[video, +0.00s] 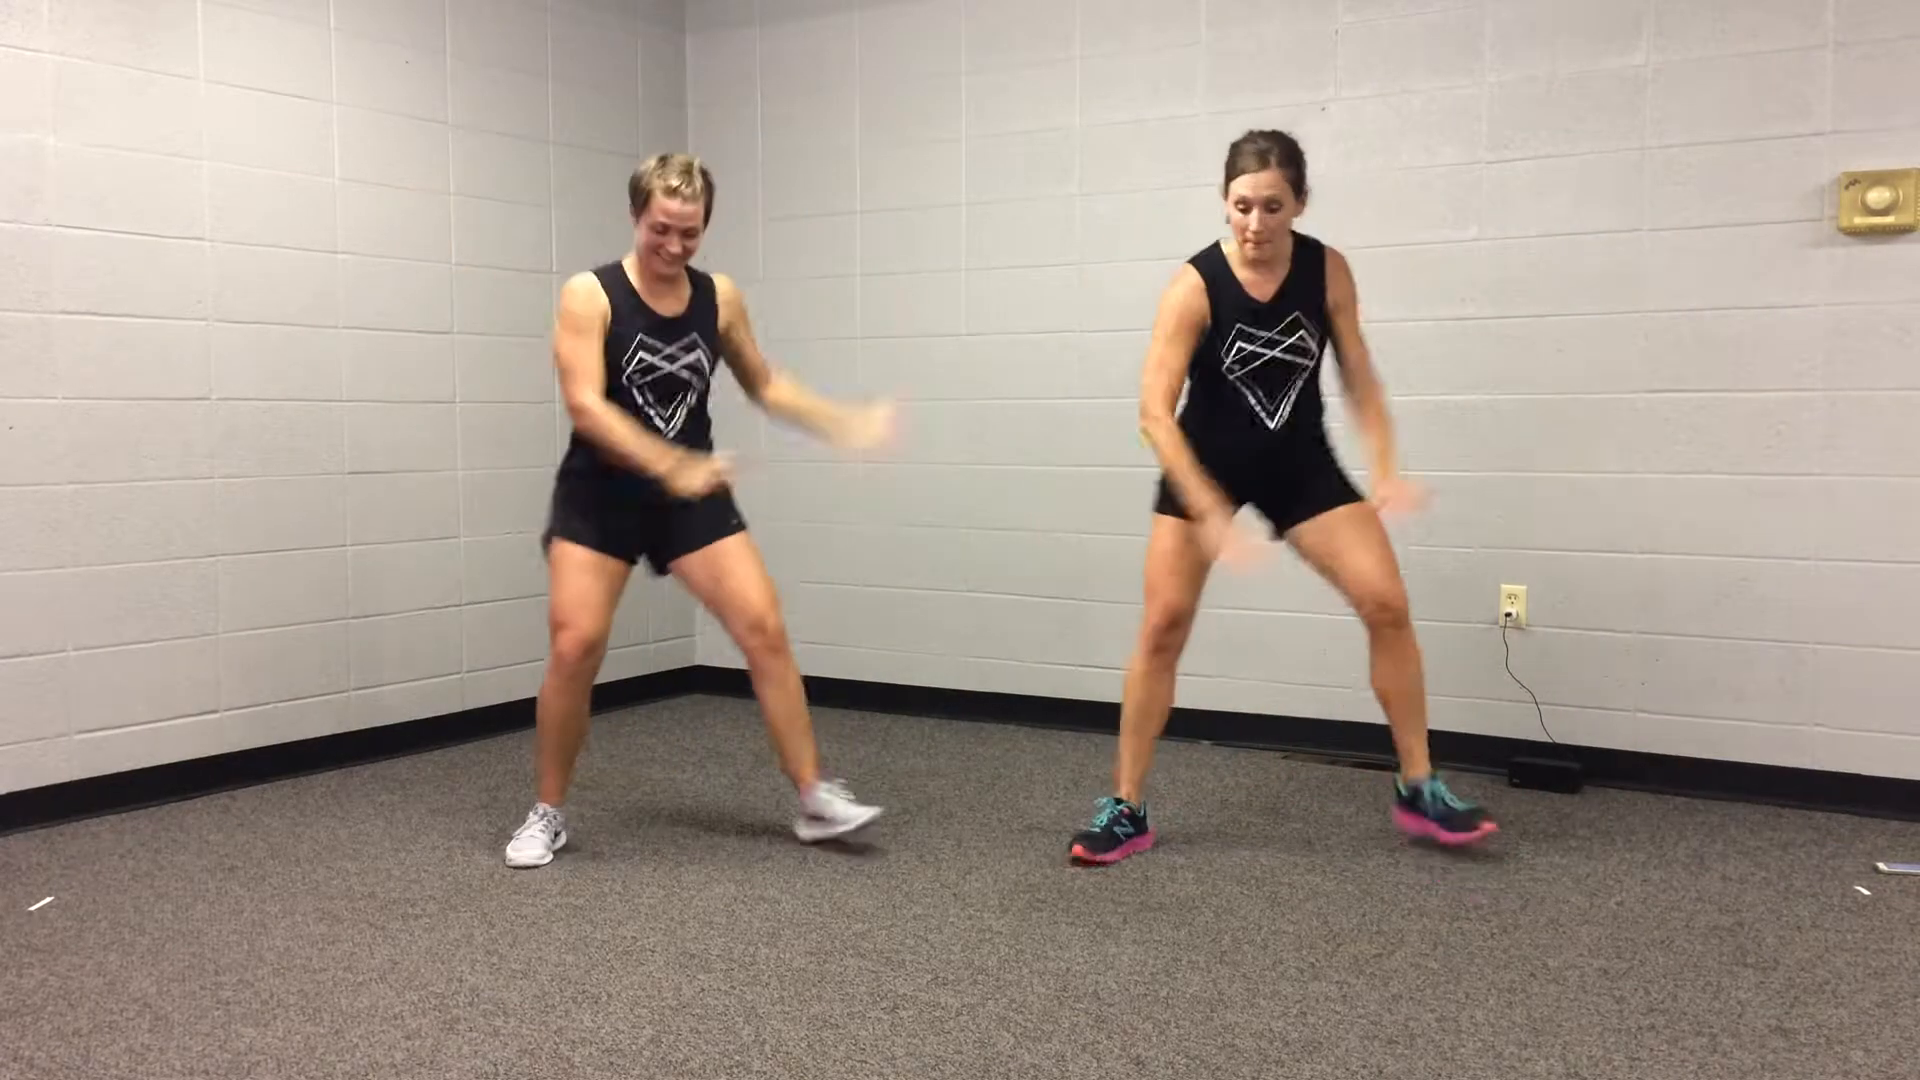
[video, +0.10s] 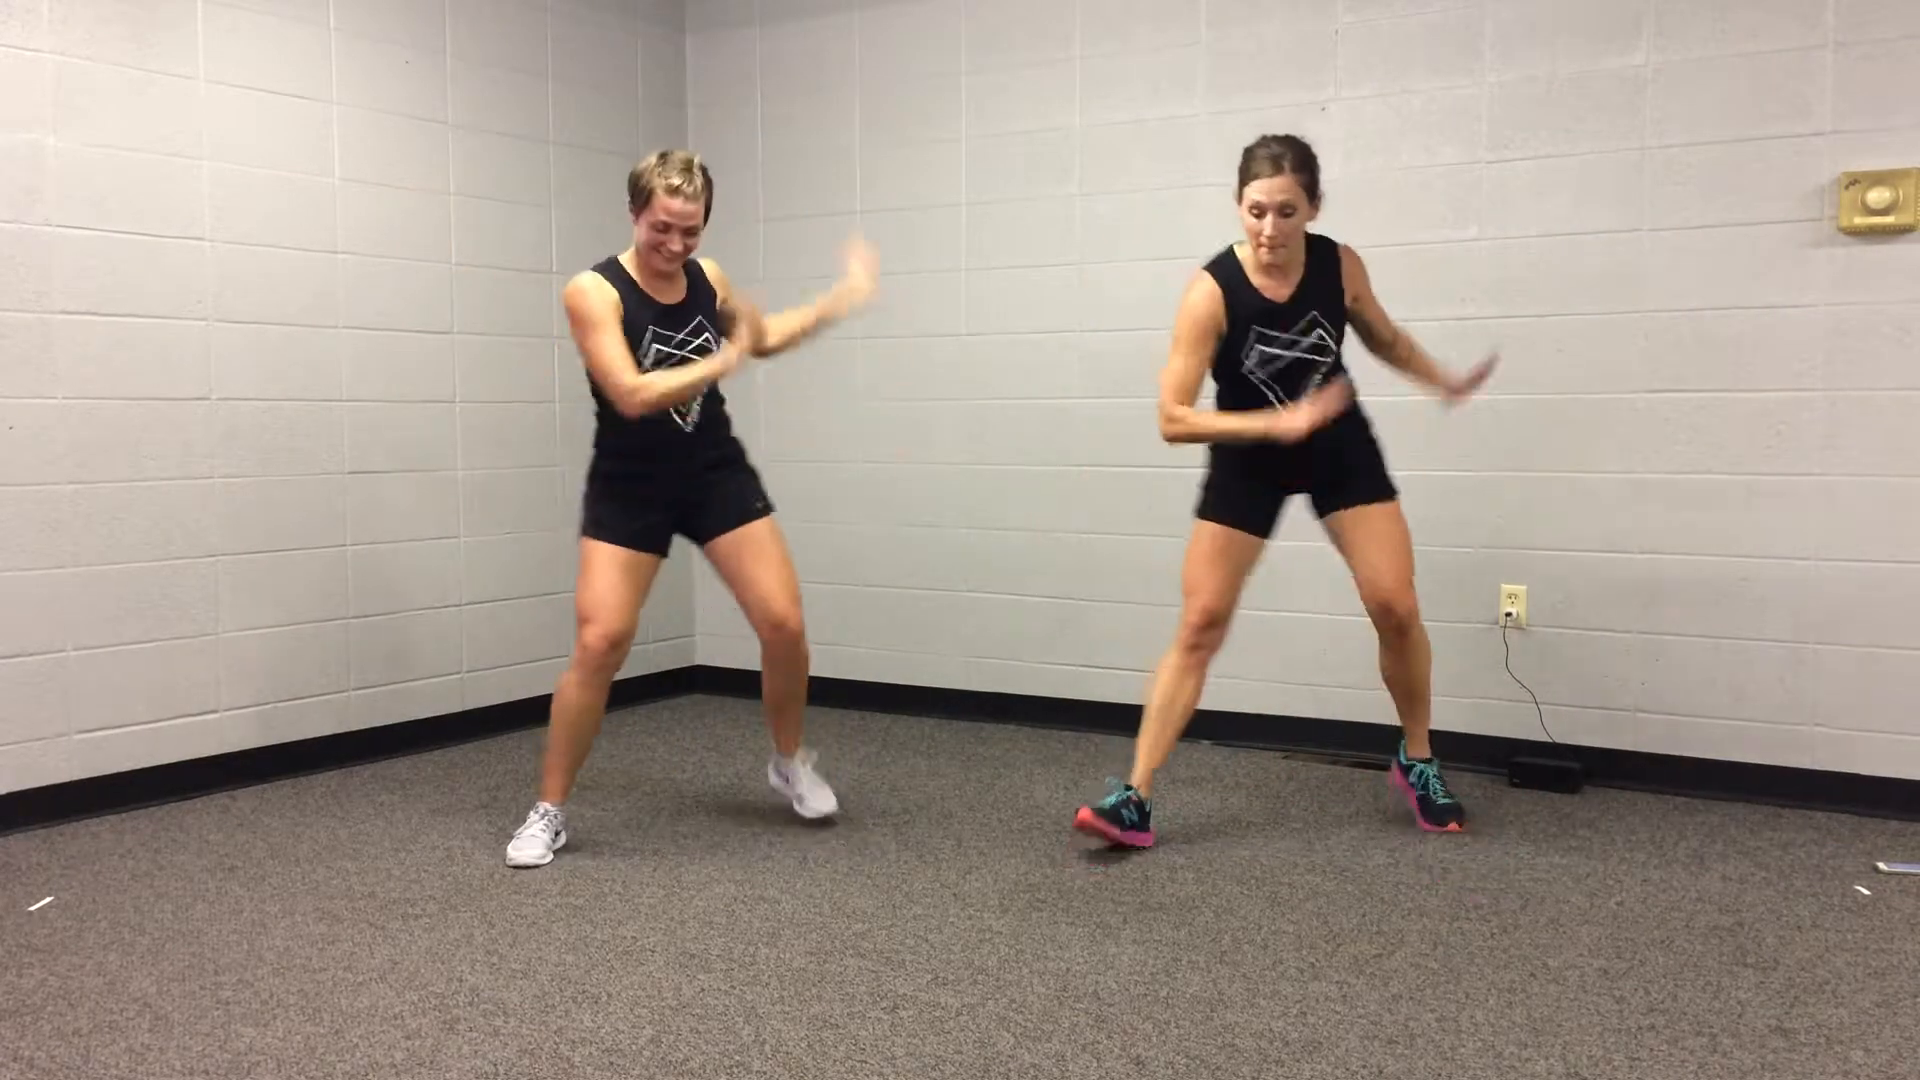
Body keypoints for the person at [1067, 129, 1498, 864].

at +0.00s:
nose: (1255, 223)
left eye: (1271, 207)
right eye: (1241, 206)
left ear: (1299, 205)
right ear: (1223, 204)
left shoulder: (1326, 271)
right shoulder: (1195, 288)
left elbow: (1360, 378)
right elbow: (1153, 413)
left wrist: (1384, 470)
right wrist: (1211, 512)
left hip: (1297, 461)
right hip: (1207, 467)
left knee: (1387, 605)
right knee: (1162, 627)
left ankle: (1419, 784)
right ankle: (1125, 803)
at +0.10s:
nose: (1269, 228)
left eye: (1286, 211)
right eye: (1256, 211)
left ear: (1311, 210)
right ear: (1238, 209)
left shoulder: (1338, 267)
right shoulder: (1211, 292)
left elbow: (1385, 339)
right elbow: (1172, 420)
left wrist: (1444, 382)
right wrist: (1279, 422)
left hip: (1338, 443)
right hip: (1248, 457)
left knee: (1395, 606)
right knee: (1200, 623)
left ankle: (1418, 759)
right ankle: (1135, 795)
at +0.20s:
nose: (1288, 256)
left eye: (1304, 240)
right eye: (1275, 239)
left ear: (1329, 238)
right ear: (1257, 237)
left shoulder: (1356, 286)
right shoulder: (1237, 321)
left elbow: (1395, 328)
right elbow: (1218, 446)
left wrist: (1486, 333)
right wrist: (1295, 384)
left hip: (1371, 459)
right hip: (1285, 473)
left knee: (1406, 622)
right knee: (1231, 640)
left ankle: (1418, 773)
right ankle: (1146, 793)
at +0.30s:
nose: (1303, 275)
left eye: (1319, 260)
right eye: (1290, 260)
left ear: (1344, 260)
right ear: (1273, 260)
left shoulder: (1375, 306)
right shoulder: (1252, 343)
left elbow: (1425, 350)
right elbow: (1246, 467)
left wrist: (1528, 371)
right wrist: (1334, 431)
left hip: (1384, 463)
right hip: (1298, 480)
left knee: (1413, 630)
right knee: (1235, 643)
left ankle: (1419, 775)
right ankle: (1149, 791)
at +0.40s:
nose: (1312, 267)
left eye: (1327, 252)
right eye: (1299, 252)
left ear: (1355, 252)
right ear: (1284, 253)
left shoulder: (1391, 314)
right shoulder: (1259, 329)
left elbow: (1459, 398)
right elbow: (1258, 455)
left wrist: (1534, 481)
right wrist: (1317, 538)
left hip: (1375, 471)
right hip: (1286, 476)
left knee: (1405, 633)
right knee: (1222, 630)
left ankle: (1418, 776)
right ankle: (1147, 789)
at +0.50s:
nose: (1315, 246)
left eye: (1331, 229)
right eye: (1302, 231)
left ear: (1362, 230)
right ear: (1288, 232)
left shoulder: (1395, 301)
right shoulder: (1257, 307)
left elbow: (1441, 412)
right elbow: (1226, 418)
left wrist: (1465, 515)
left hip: (1351, 461)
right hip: (1264, 461)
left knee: (1387, 621)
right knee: (1189, 602)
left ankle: (1416, 773)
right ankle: (1148, 776)